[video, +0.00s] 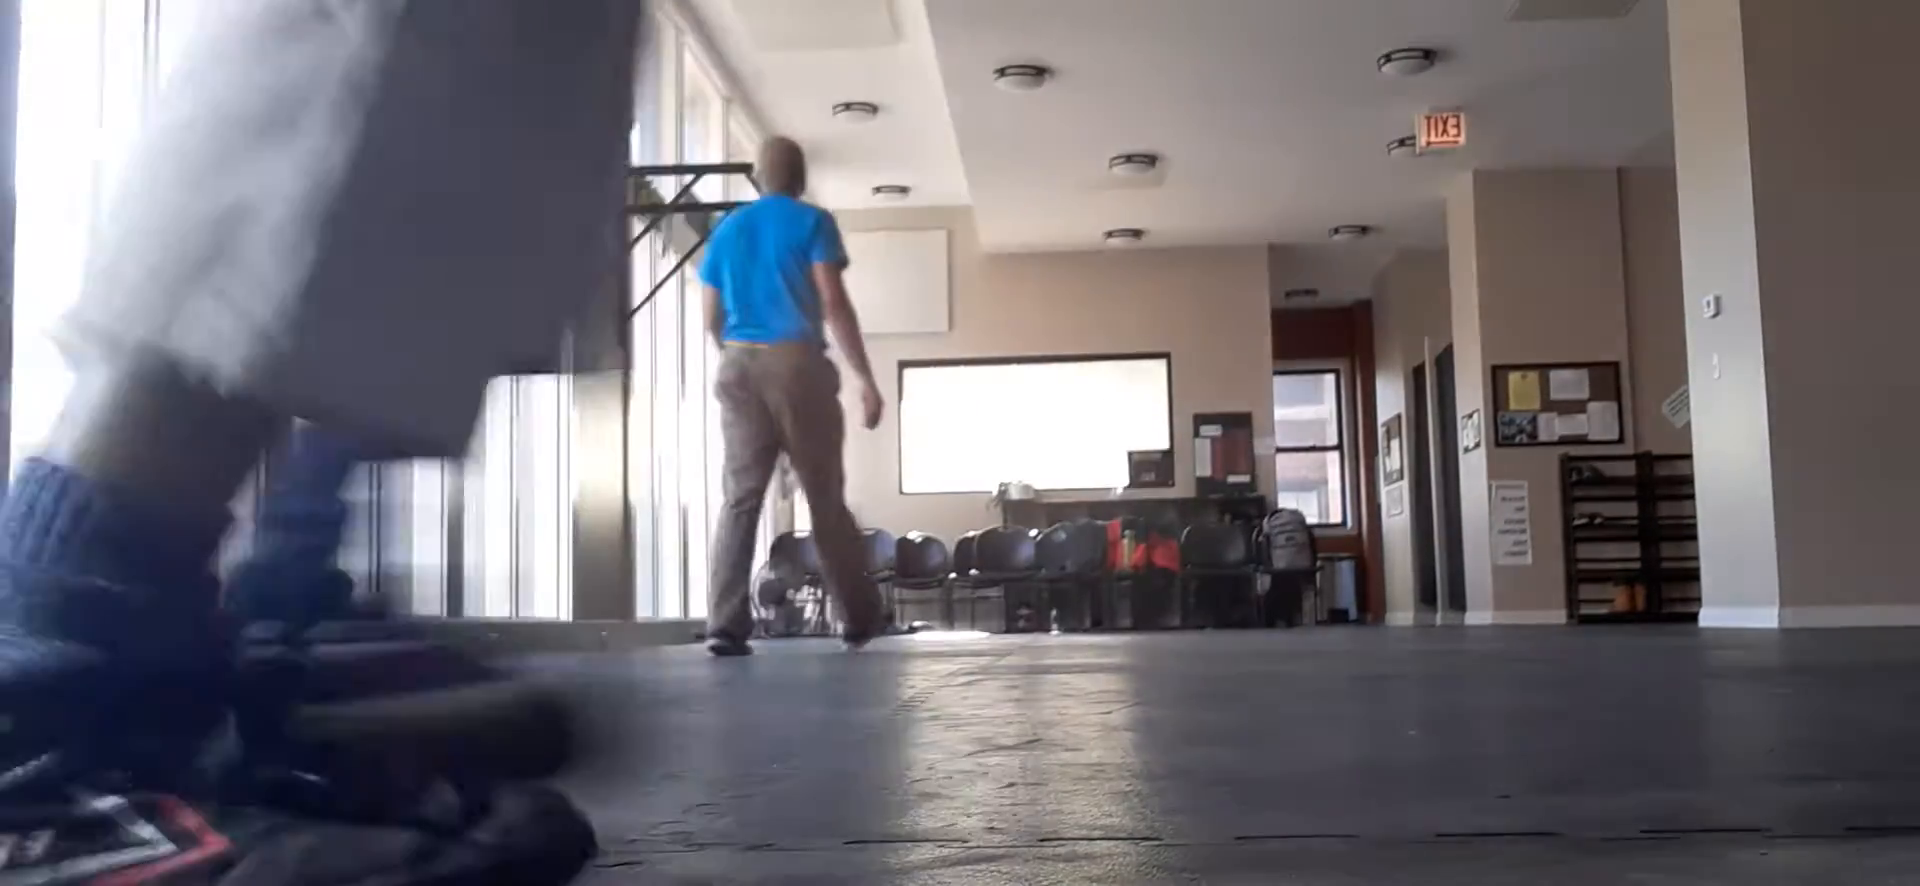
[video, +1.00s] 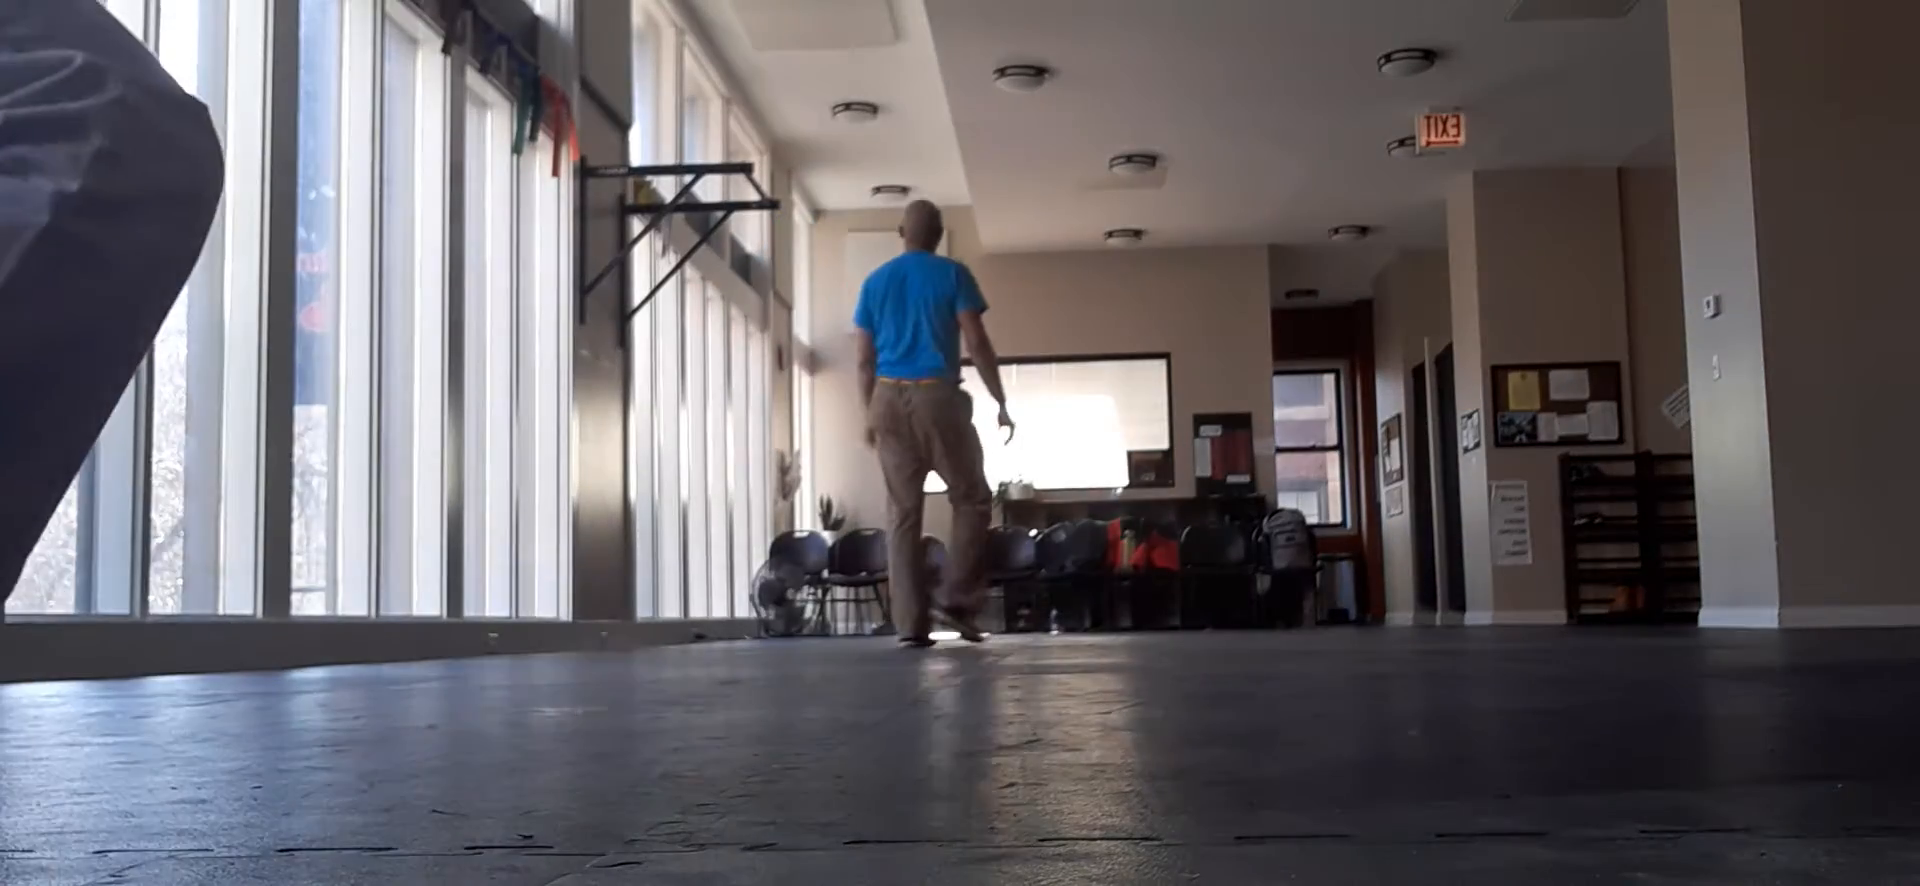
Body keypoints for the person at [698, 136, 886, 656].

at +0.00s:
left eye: (770, 167)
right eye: (797, 170)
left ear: (758, 177)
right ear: (801, 176)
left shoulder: (726, 228)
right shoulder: (813, 220)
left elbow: (713, 317)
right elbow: (833, 300)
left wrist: (739, 355)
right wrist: (863, 376)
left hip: (735, 364)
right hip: (796, 362)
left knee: (740, 498)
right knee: (825, 494)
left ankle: (726, 627)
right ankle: (862, 618)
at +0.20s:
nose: (819, 191)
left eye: (804, 184)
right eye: (834, 186)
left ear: (797, 192)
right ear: (841, 191)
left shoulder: (768, 246)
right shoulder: (855, 236)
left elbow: (756, 330)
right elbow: (875, 314)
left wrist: (784, 369)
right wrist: (903, 383)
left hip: (791, 381)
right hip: (850, 375)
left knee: (789, 496)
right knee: (862, 502)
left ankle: (757, 585)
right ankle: (860, 625)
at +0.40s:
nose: (859, 195)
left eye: (840, 188)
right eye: (870, 191)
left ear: (832, 197)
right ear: (875, 197)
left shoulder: (803, 248)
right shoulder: (891, 242)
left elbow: (781, 332)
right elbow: (914, 319)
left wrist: (782, 398)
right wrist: (935, 382)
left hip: (820, 376)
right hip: (876, 374)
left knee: (836, 490)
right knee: (870, 497)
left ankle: (825, 614)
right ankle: (859, 624)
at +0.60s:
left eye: (865, 211)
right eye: (897, 211)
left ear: (859, 220)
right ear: (900, 221)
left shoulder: (831, 267)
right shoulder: (917, 261)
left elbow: (804, 342)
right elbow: (941, 333)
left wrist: (777, 408)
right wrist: (959, 390)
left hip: (843, 387)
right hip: (895, 385)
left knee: (874, 502)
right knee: (885, 500)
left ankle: (900, 618)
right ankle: (860, 619)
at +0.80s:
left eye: (880, 216)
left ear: (878, 229)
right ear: (916, 228)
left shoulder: (852, 276)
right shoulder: (935, 267)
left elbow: (824, 351)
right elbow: (956, 340)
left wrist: (797, 414)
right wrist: (974, 398)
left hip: (864, 398)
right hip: (913, 397)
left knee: (891, 511)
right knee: (929, 503)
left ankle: (916, 621)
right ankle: (883, 586)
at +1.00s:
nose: (915, 234)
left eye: (907, 227)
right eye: (934, 231)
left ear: (901, 235)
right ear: (939, 236)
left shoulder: (874, 281)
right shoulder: (954, 274)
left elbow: (866, 359)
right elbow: (976, 343)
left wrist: (870, 415)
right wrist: (1000, 401)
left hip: (887, 401)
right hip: (939, 400)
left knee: (902, 513)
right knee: (972, 499)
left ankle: (910, 626)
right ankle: (958, 601)